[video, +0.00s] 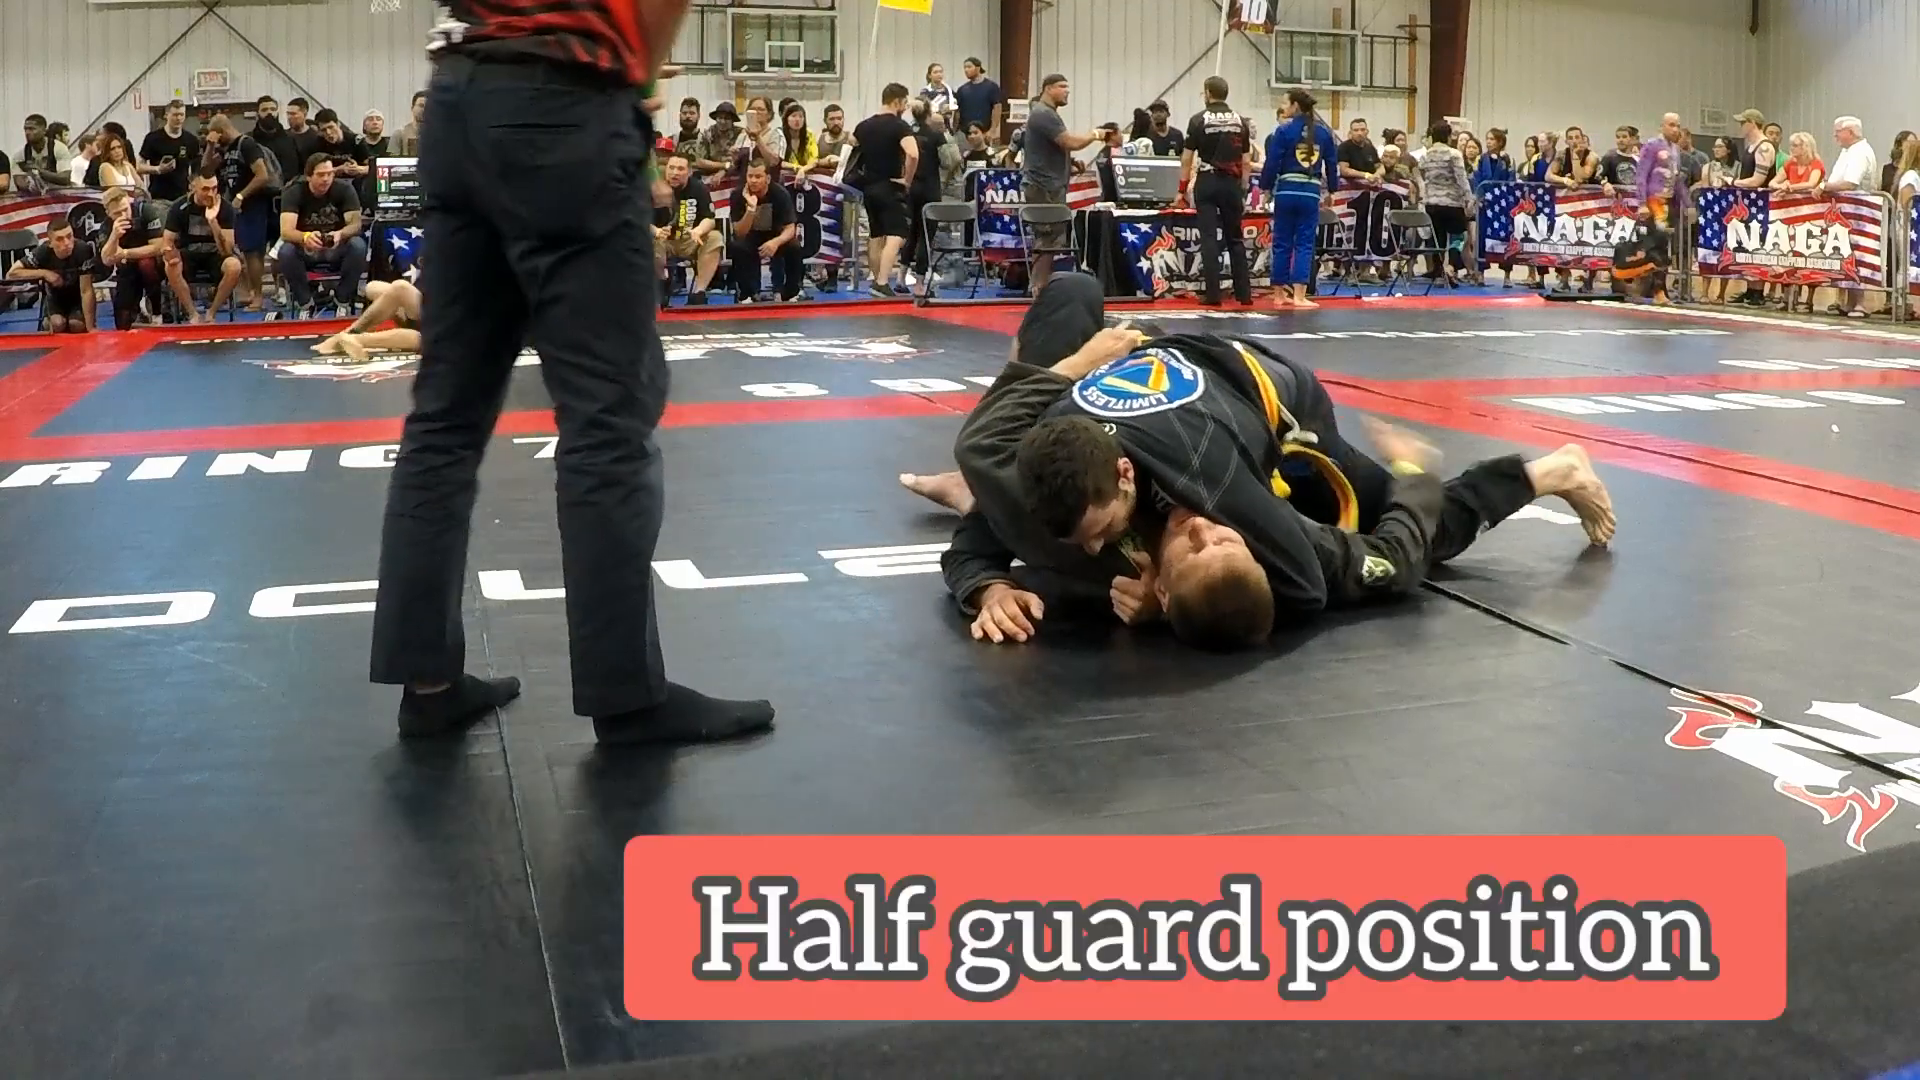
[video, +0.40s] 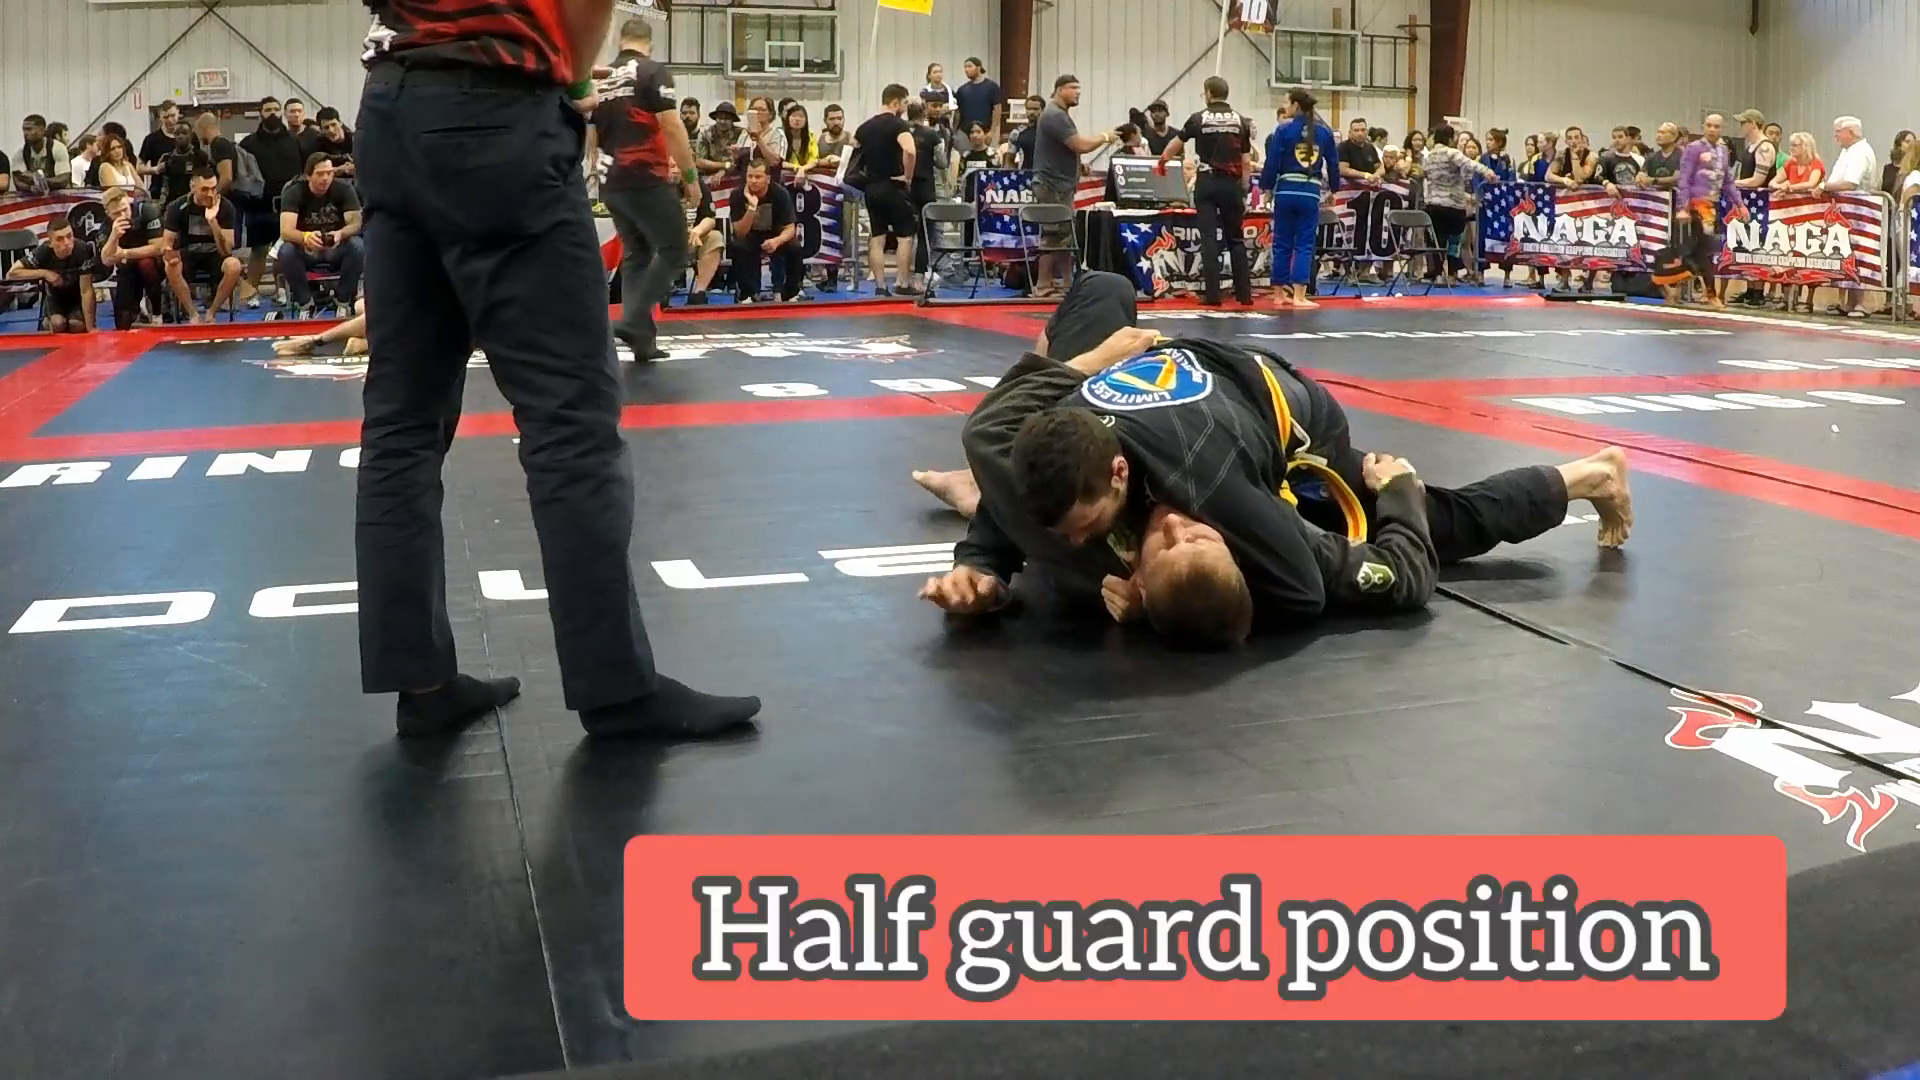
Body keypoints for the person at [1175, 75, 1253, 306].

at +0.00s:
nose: (1203, 95)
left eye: (1204, 92)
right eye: (1205, 92)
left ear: (1208, 94)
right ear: (1226, 94)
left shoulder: (1198, 120)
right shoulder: (1240, 121)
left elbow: (1187, 160)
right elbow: (1245, 160)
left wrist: (1182, 190)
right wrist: (1243, 189)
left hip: (1206, 180)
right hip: (1232, 181)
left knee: (1208, 238)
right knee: (1235, 238)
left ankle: (1212, 294)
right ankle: (1243, 293)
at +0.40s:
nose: (1203, 95)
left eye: (1204, 92)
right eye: (1205, 92)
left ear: (1208, 95)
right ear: (1227, 94)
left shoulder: (1197, 119)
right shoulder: (1241, 121)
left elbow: (1173, 148)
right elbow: (1245, 159)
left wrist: (1162, 161)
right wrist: (1244, 187)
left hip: (1206, 181)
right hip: (1232, 183)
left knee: (1208, 238)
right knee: (1236, 239)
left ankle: (1212, 295)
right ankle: (1244, 295)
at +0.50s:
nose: (1203, 95)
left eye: (1204, 92)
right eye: (1205, 92)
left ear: (1207, 94)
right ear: (1227, 94)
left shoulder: (1197, 119)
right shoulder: (1241, 121)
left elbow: (1170, 146)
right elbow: (1245, 159)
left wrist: (1160, 158)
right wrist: (1243, 185)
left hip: (1205, 181)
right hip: (1231, 183)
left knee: (1208, 238)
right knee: (1235, 239)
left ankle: (1212, 295)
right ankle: (1244, 295)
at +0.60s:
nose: (1202, 96)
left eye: (1203, 93)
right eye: (1204, 92)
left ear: (1207, 95)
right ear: (1226, 94)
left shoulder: (1197, 119)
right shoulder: (1241, 121)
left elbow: (1170, 146)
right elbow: (1245, 160)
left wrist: (1161, 156)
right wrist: (1244, 187)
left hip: (1205, 182)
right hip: (1231, 184)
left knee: (1208, 239)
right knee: (1236, 239)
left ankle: (1212, 296)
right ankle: (1244, 295)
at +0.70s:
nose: (1202, 96)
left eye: (1203, 93)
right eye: (1204, 93)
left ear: (1206, 95)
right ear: (1226, 94)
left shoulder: (1196, 118)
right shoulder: (1240, 120)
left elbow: (1173, 146)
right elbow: (1245, 160)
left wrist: (1163, 159)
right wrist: (1245, 188)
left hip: (1204, 182)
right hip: (1231, 183)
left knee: (1208, 238)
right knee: (1235, 239)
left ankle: (1212, 295)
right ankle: (1244, 295)